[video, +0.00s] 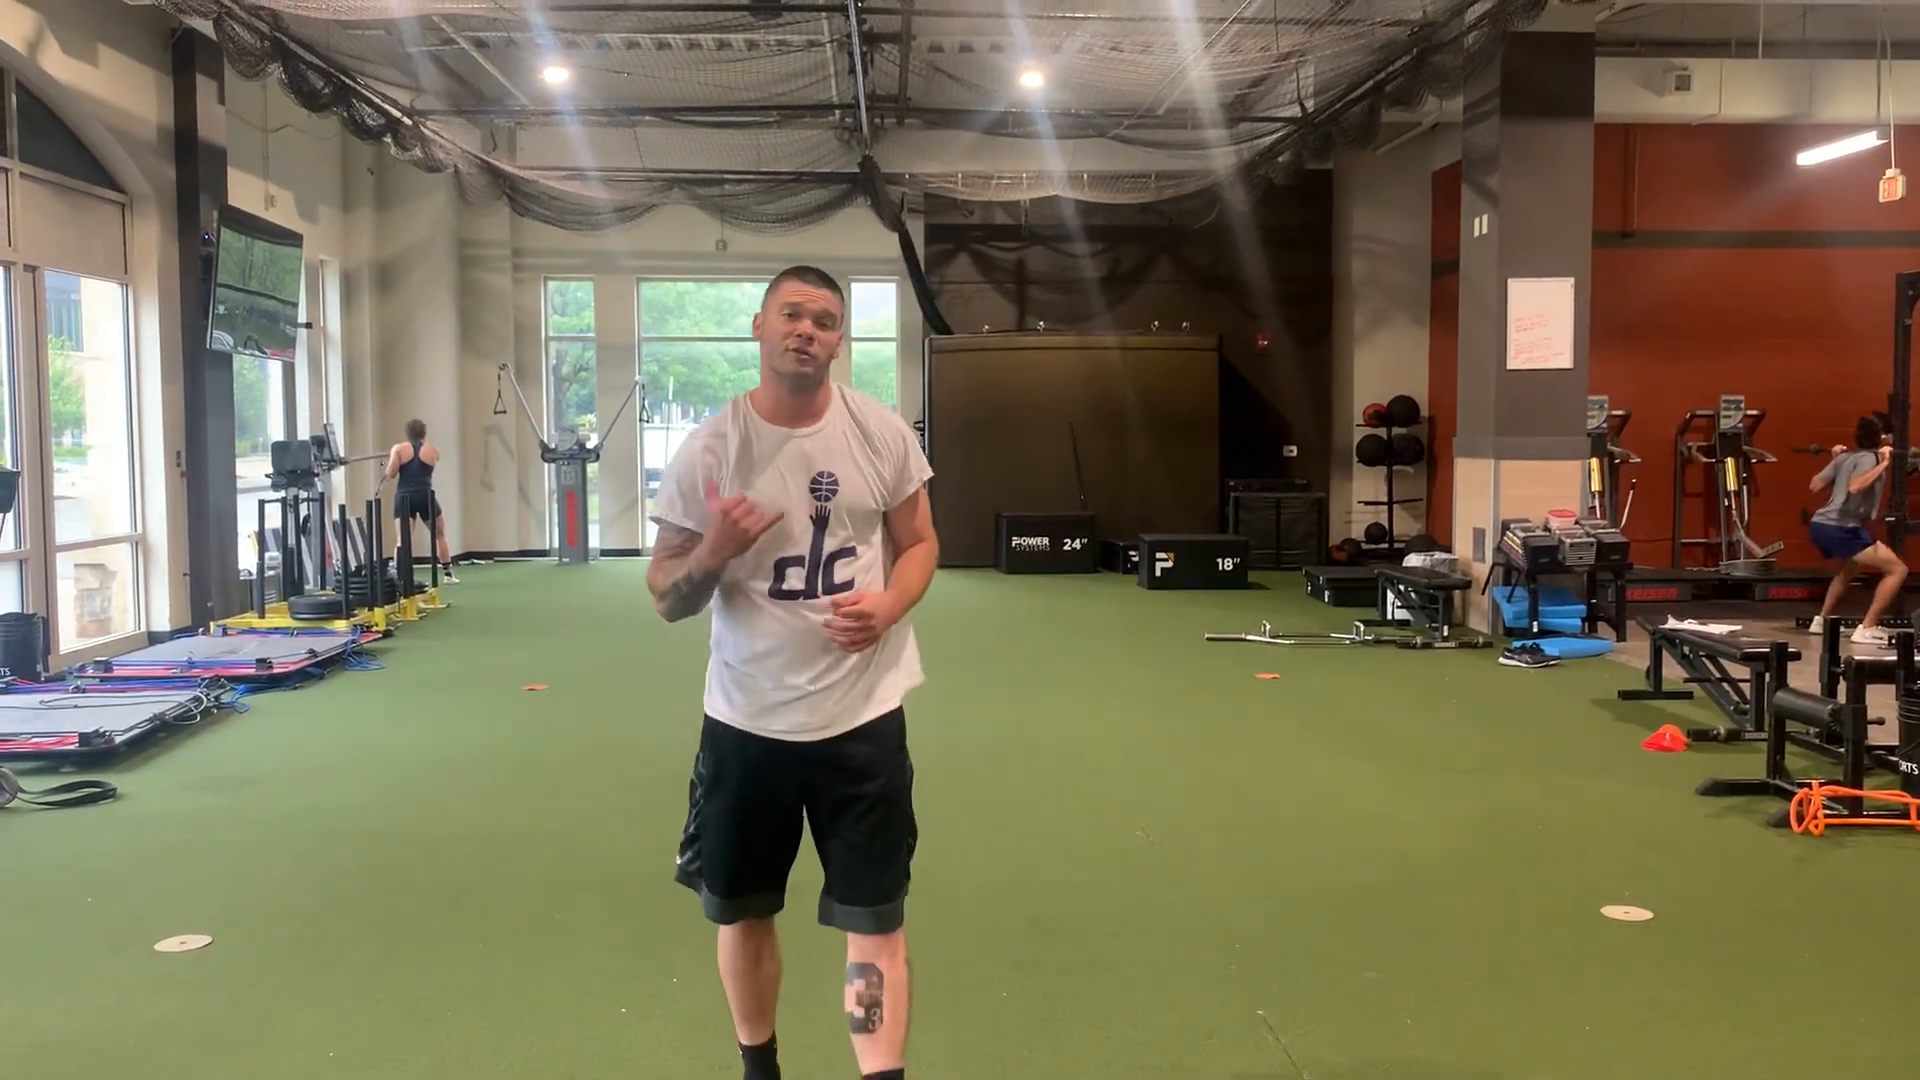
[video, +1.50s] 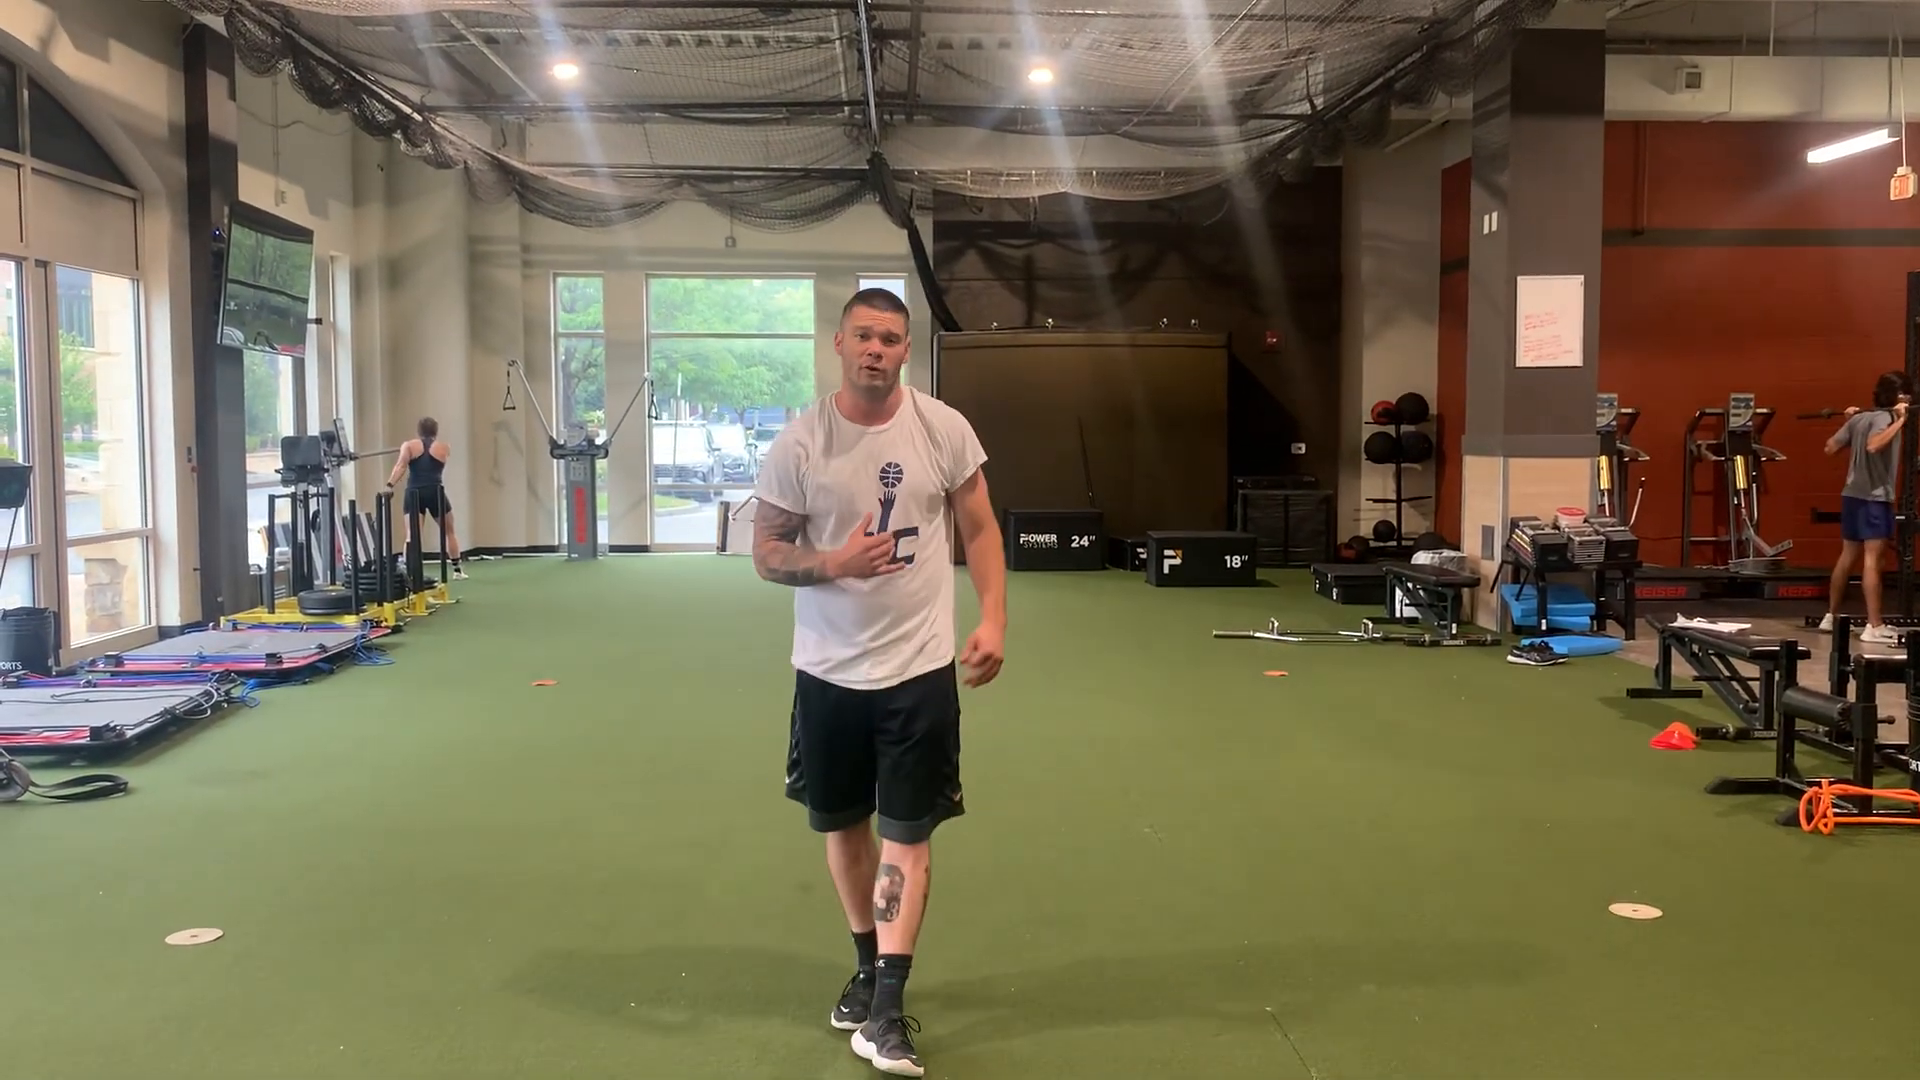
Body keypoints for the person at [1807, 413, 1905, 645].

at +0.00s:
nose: (1891, 439)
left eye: (1891, 435)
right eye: (1888, 435)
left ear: (1861, 436)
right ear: (1879, 438)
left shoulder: (1845, 457)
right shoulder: (1870, 458)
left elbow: (1815, 485)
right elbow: (1854, 486)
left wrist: (1833, 459)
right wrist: (1884, 464)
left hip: (1821, 526)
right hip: (1842, 530)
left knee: (1850, 569)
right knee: (1898, 570)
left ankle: (1821, 620)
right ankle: (1867, 628)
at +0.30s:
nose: (1891, 408)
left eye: (1891, 404)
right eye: (1889, 404)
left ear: (1861, 407)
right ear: (1881, 408)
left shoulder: (1847, 430)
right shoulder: (1872, 429)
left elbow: (1820, 457)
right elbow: (1860, 457)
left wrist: (1836, 430)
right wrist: (1887, 432)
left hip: (1830, 503)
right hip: (1854, 507)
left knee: (1841, 562)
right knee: (1881, 564)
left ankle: (1823, 621)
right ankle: (1870, 629)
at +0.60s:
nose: (1894, 401)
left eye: (1894, 396)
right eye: (1891, 397)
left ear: (1864, 400)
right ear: (1880, 400)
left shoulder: (1848, 424)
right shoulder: (1873, 423)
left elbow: (1822, 452)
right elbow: (1863, 451)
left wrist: (1837, 424)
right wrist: (1888, 425)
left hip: (1838, 499)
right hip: (1861, 503)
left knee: (1836, 560)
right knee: (1865, 565)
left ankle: (1825, 621)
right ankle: (1872, 628)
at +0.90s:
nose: (1896, 402)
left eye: (1896, 397)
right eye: (1894, 397)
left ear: (1866, 398)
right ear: (1884, 399)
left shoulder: (1849, 422)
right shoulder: (1874, 421)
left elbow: (1821, 450)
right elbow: (1863, 449)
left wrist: (1837, 423)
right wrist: (1889, 423)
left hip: (1841, 497)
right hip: (1864, 501)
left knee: (1834, 559)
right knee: (1867, 563)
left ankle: (1826, 620)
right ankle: (1873, 627)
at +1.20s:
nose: (1900, 402)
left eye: (1900, 398)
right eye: (1898, 397)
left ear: (1870, 396)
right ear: (1890, 398)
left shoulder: (1852, 420)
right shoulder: (1878, 420)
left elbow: (1824, 448)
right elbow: (1865, 447)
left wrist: (1840, 421)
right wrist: (1892, 421)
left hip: (1843, 496)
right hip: (1866, 500)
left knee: (1838, 556)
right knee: (1869, 560)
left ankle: (1827, 618)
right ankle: (1874, 626)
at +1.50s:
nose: (1907, 400)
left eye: (1907, 396)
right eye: (1905, 396)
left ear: (1877, 395)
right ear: (1897, 397)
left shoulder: (1859, 419)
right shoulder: (1885, 419)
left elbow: (1830, 448)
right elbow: (1872, 445)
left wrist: (1848, 420)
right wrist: (1900, 420)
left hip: (1852, 496)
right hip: (1875, 498)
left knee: (1847, 555)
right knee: (1872, 561)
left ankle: (1831, 616)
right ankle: (1874, 625)